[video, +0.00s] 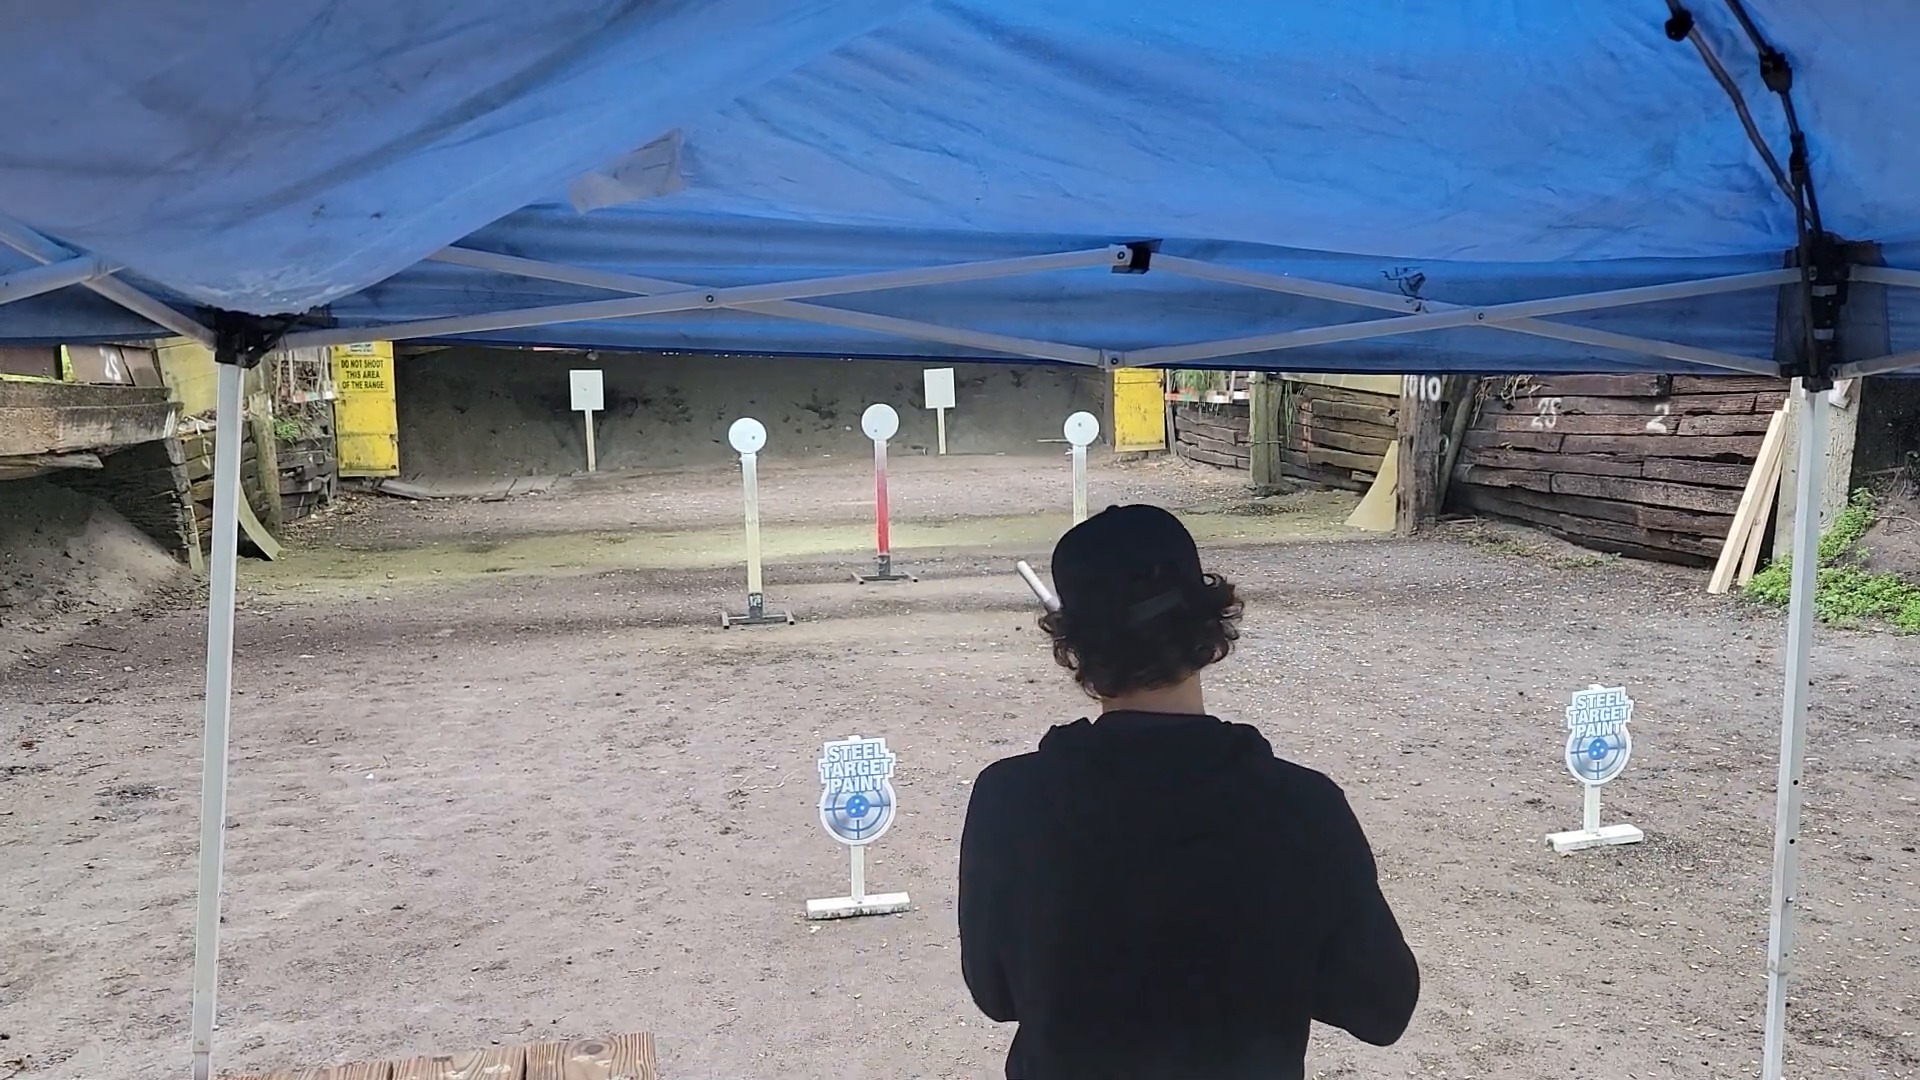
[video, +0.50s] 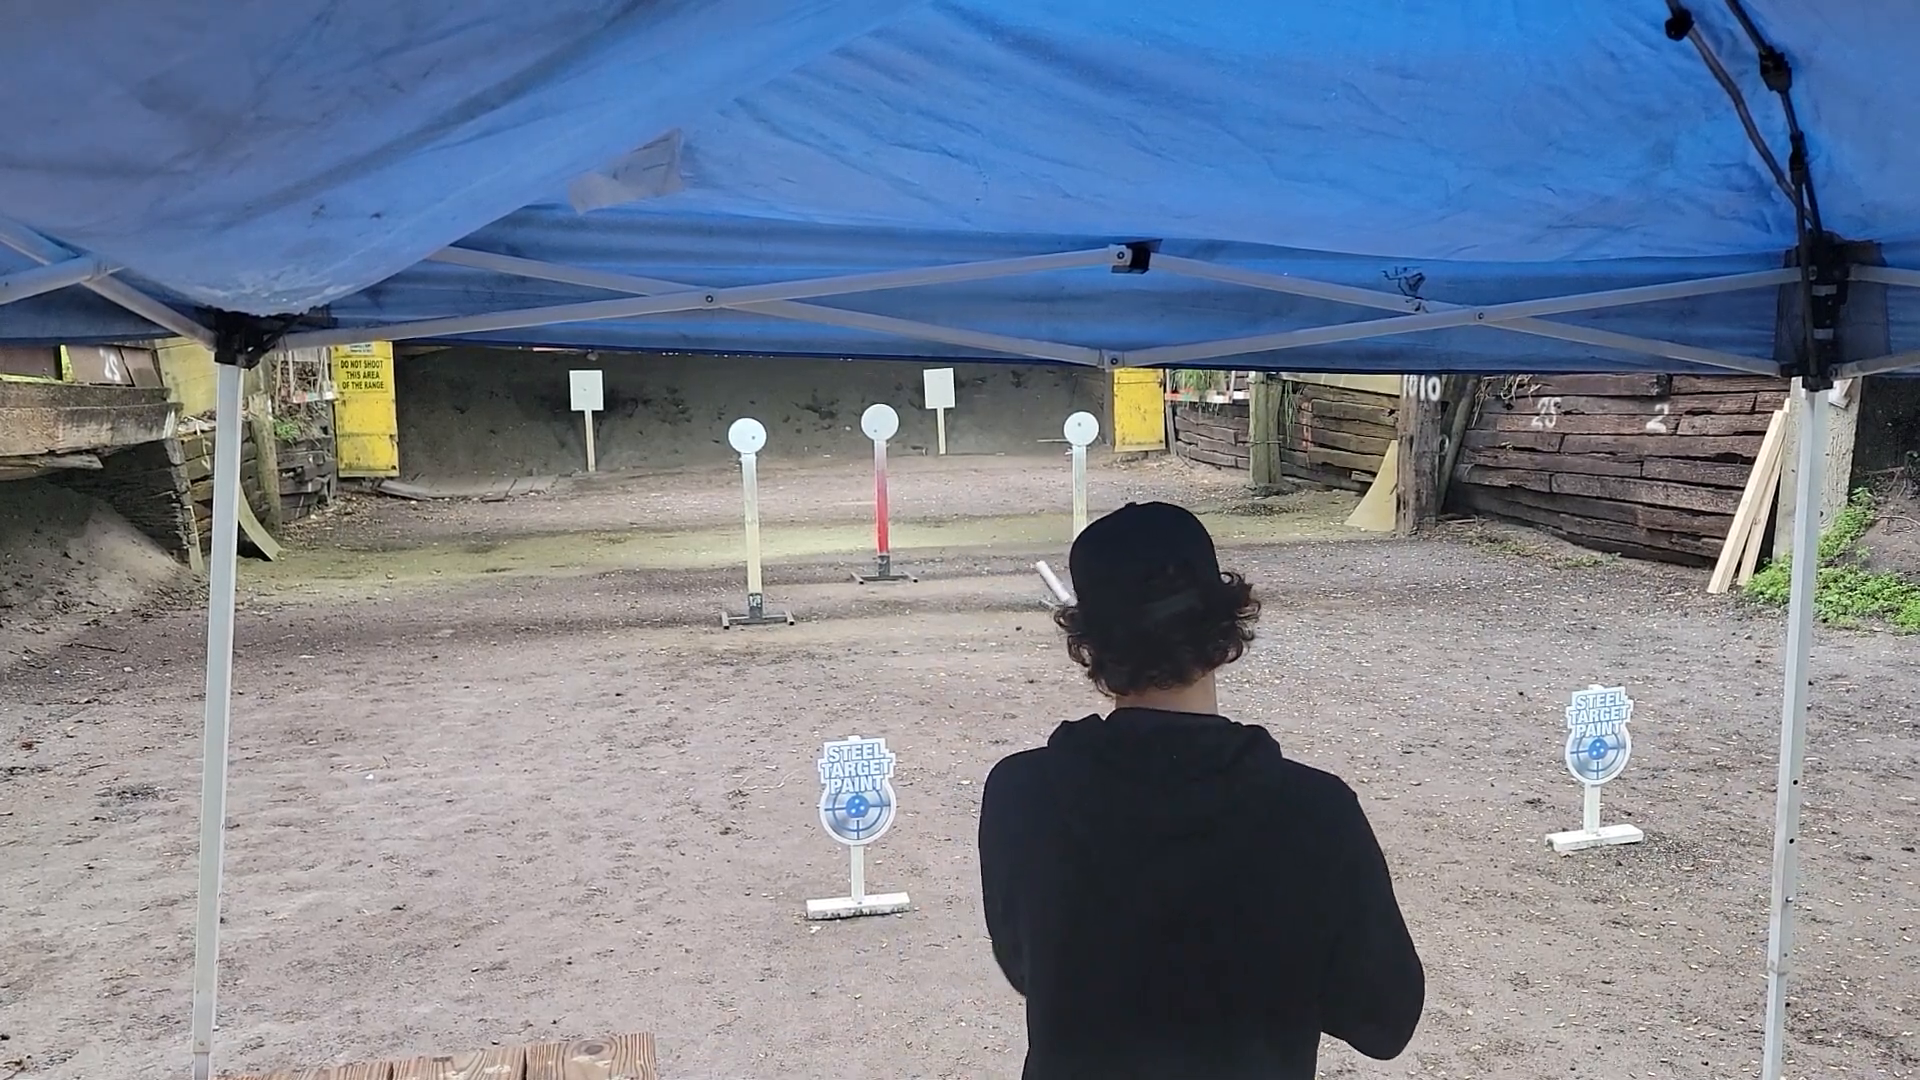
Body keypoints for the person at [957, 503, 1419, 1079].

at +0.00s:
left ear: (1071, 642)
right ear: (1210, 623)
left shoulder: (1007, 799)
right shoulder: (1303, 806)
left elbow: (994, 994)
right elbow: (1385, 1009)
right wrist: (1254, 937)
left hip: (1056, 1068)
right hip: (1247, 1066)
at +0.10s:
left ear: (1080, 642)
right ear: (1218, 623)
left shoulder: (1012, 795)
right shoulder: (1311, 809)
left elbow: (1003, 991)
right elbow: (1392, 1014)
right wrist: (1268, 941)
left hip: (1058, 1072)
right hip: (1256, 1070)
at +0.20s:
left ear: (1082, 640)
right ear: (1221, 622)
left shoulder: (1014, 793)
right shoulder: (1313, 809)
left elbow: (1008, 990)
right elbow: (1392, 1018)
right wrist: (1266, 934)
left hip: (1060, 1075)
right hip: (1259, 1072)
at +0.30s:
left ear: (1085, 637)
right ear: (1221, 619)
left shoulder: (1016, 792)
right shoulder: (1316, 810)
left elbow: (1012, 983)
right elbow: (1388, 1023)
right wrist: (1263, 937)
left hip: (1063, 1075)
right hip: (1258, 1072)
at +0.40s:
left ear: (1085, 637)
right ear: (1223, 617)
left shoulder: (1018, 792)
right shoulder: (1317, 810)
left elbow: (1017, 982)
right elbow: (1385, 1025)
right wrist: (1263, 937)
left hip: (1064, 1073)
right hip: (1259, 1072)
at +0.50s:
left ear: (1086, 637)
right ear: (1225, 619)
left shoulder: (1019, 792)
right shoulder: (1317, 809)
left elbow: (1022, 965)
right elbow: (1387, 1023)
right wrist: (1264, 942)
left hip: (1068, 1072)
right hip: (1261, 1072)